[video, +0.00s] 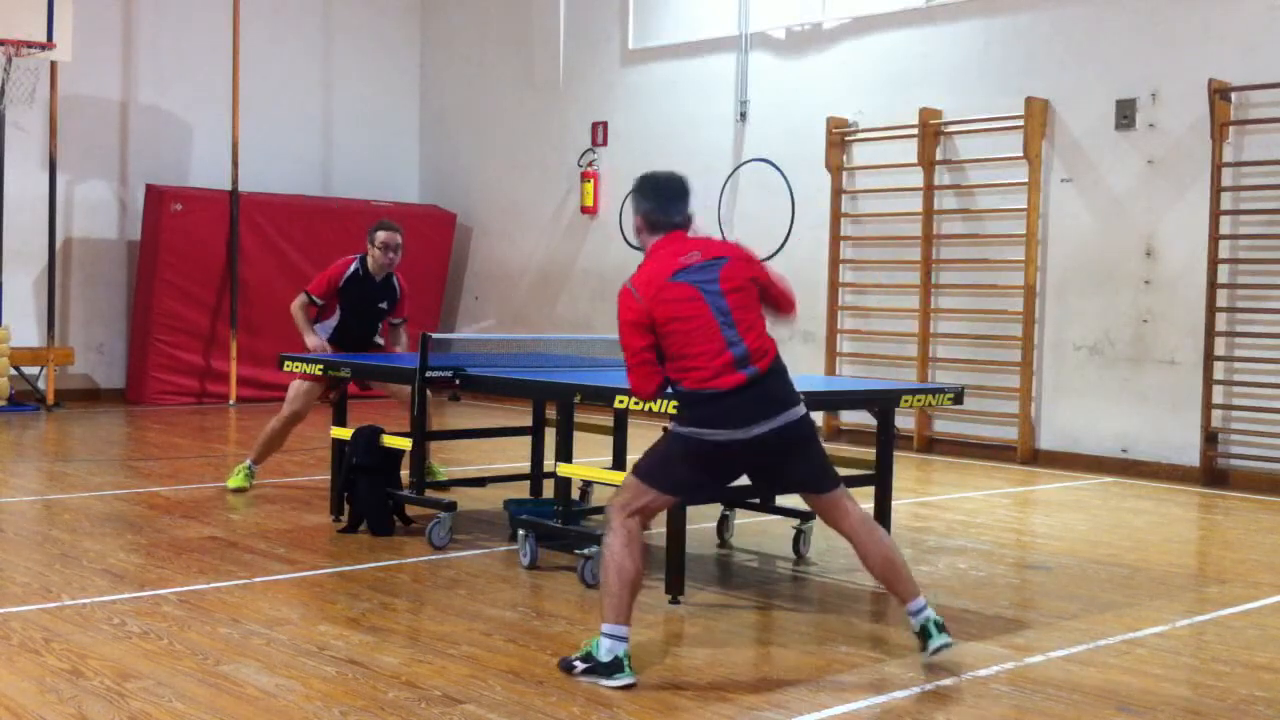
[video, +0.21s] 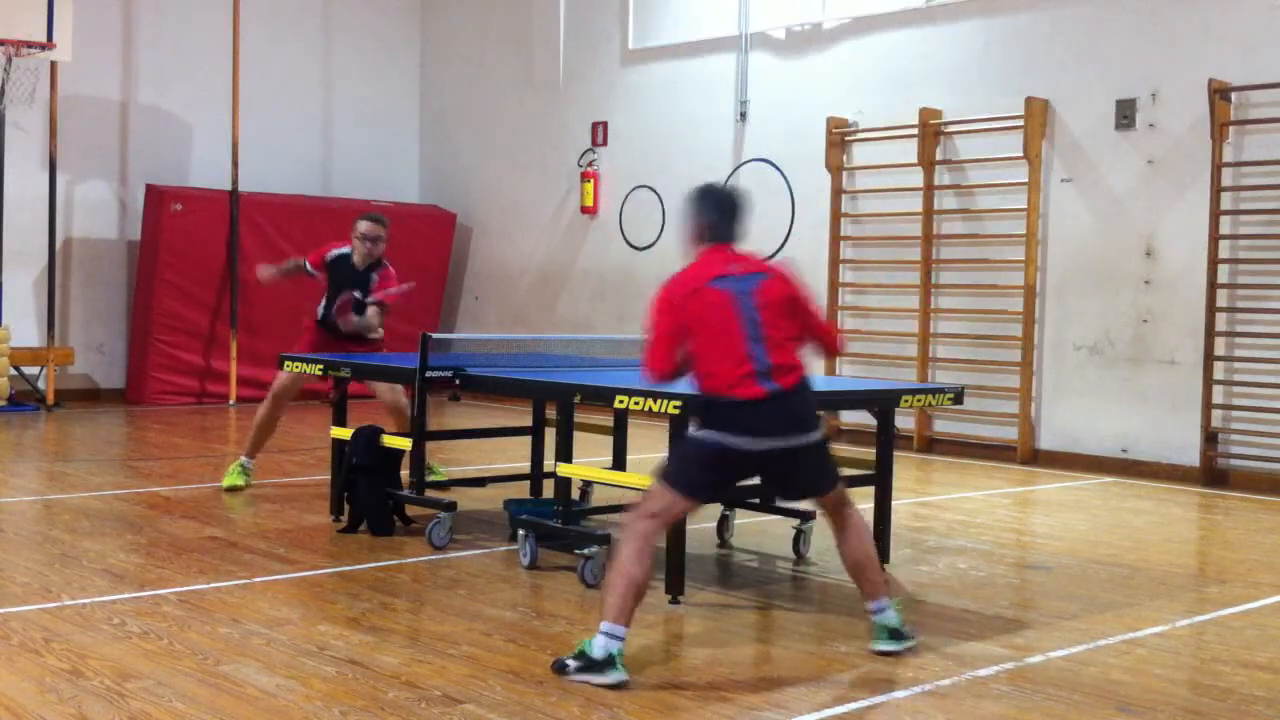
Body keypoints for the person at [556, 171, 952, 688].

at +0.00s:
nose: (633, 226)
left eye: (633, 219)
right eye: (635, 219)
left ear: (639, 222)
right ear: (688, 217)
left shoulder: (638, 291)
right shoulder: (733, 255)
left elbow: (645, 385)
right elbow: (786, 305)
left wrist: (678, 347)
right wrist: (734, 283)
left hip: (709, 435)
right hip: (782, 421)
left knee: (625, 514)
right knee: (849, 516)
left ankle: (610, 650)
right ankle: (926, 621)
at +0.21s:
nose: (686, 230)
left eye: (688, 222)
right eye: (690, 222)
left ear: (697, 227)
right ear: (736, 227)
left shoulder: (680, 287)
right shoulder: (774, 277)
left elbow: (659, 369)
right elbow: (827, 339)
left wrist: (701, 346)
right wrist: (778, 326)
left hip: (723, 436)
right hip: (794, 431)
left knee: (645, 520)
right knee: (840, 509)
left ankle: (605, 647)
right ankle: (886, 619)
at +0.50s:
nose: (856, 226)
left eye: (857, 219)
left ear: (858, 223)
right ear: (900, 227)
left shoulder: (823, 276)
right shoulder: (920, 281)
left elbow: (797, 355)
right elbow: (952, 371)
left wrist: (843, 375)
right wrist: (990, 441)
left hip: (836, 427)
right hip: (903, 428)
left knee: (791, 519)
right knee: (938, 502)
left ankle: (763, 618)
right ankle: (961, 604)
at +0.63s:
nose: (966, 249)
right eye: (966, 242)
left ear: (922, 239)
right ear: (961, 243)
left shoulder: (885, 284)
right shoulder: (953, 286)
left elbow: (856, 357)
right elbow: (963, 358)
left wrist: (921, 380)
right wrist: (1021, 403)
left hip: (864, 426)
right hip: (928, 428)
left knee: (813, 528)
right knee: (974, 500)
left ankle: (766, 611)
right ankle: (963, 607)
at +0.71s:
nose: (992, 243)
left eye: (987, 234)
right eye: (992, 235)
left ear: (945, 228)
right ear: (989, 237)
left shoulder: (909, 270)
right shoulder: (973, 273)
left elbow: (873, 339)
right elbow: (988, 342)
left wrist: (922, 363)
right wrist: (1064, 372)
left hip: (878, 412)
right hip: (941, 417)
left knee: (828, 511)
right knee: (980, 499)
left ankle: (780, 606)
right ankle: (963, 607)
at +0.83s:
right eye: (996, 201)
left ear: (948, 194)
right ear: (996, 201)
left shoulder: (907, 242)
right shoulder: (1004, 250)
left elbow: (898, 299)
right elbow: (1035, 318)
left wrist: (957, 285)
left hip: (905, 395)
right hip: (972, 401)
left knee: (864, 466)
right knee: (981, 497)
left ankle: (855, 536)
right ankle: (966, 602)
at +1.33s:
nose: (954, 180)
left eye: (957, 172)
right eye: (960, 171)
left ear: (965, 181)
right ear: (1009, 186)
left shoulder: (953, 252)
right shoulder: (1042, 237)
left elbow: (934, 347)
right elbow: (1052, 314)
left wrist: (901, 422)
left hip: (979, 394)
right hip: (1040, 379)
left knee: (971, 505)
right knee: (1031, 381)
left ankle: (1004, 628)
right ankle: (1040, 471)